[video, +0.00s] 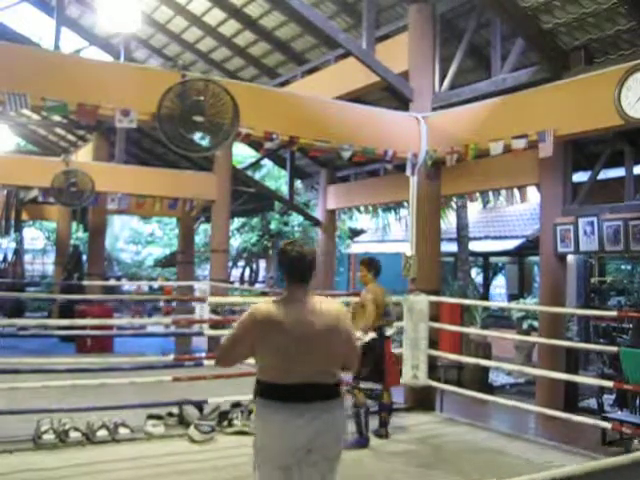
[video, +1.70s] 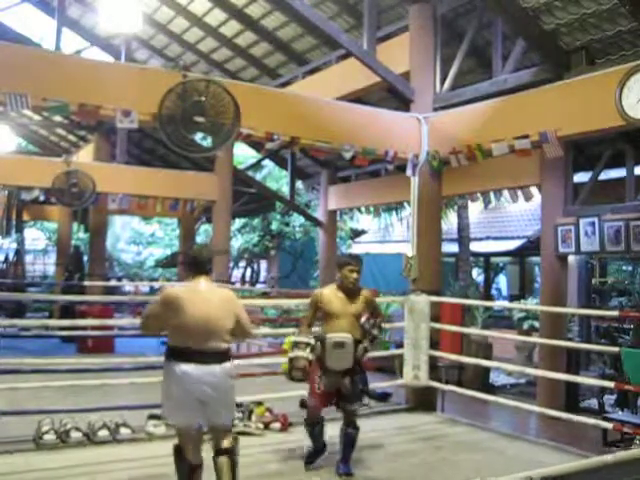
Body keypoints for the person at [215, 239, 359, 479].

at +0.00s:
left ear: (281, 272)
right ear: (313, 271)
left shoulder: (261, 315)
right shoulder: (335, 313)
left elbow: (224, 358)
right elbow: (351, 362)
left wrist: (261, 341)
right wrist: (321, 349)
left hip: (275, 417)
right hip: (327, 415)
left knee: (273, 475)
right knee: (321, 475)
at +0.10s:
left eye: (268, 264)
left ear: (269, 269)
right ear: (300, 269)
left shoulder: (250, 311)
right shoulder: (324, 309)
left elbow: (216, 344)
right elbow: (341, 352)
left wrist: (255, 341)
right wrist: (308, 348)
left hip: (264, 414)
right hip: (313, 413)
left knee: (266, 474)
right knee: (314, 474)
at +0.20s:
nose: (256, 268)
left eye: (257, 264)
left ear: (259, 268)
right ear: (292, 268)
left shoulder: (242, 308)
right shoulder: (314, 306)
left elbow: (211, 340)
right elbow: (333, 347)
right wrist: (300, 336)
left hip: (257, 409)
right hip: (304, 409)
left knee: (264, 475)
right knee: (308, 473)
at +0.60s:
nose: (247, 272)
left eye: (248, 267)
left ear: (250, 272)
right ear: (279, 273)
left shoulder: (230, 303)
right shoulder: (295, 307)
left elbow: (198, 328)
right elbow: (309, 346)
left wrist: (230, 323)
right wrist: (279, 341)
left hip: (241, 393)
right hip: (283, 393)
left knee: (252, 468)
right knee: (272, 462)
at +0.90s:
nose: (240, 268)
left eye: (242, 264)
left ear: (245, 266)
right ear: (272, 269)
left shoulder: (227, 298)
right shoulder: (286, 303)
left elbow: (193, 329)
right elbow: (299, 347)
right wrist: (269, 343)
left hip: (236, 384)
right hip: (277, 382)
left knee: (217, 458)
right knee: (259, 452)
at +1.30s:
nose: (212, 267)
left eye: (214, 262)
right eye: (214, 262)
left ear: (220, 267)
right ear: (244, 269)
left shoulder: (205, 299)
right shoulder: (259, 299)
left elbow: (175, 329)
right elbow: (271, 335)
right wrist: (244, 330)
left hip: (214, 377)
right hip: (254, 374)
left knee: (206, 449)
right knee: (247, 449)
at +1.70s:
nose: (178, 270)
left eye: (180, 266)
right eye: (179, 266)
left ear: (185, 267)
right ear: (209, 267)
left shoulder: (173, 295)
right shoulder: (227, 295)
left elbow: (148, 326)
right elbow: (246, 330)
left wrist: (176, 323)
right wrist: (221, 331)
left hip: (182, 370)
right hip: (219, 369)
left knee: (189, 441)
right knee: (223, 436)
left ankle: (192, 475)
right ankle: (226, 475)